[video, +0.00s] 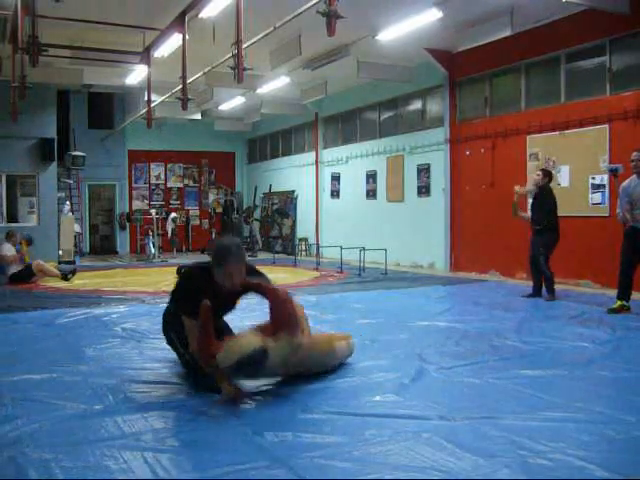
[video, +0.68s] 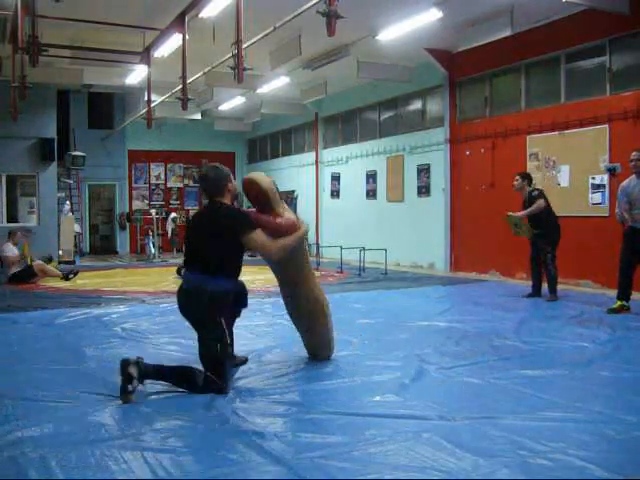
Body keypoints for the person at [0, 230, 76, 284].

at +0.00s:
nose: (17, 240)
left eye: (17, 238)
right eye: (16, 238)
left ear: (12, 238)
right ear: (11, 238)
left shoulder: (13, 248)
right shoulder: (6, 247)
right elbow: (7, 260)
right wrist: (20, 255)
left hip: (20, 274)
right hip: (14, 276)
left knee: (44, 269)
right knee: (38, 264)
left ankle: (64, 274)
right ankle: (62, 276)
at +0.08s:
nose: (18, 240)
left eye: (18, 238)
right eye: (17, 238)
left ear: (9, 237)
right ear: (14, 238)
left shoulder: (6, 246)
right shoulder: (9, 246)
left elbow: (15, 262)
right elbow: (16, 261)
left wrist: (25, 253)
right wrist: (27, 254)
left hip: (18, 275)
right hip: (16, 275)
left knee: (44, 270)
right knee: (38, 265)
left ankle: (63, 274)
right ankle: (62, 276)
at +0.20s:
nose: (19, 240)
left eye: (19, 238)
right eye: (19, 238)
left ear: (9, 237)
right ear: (17, 238)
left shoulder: (4, 247)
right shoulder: (15, 247)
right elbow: (24, 262)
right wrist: (31, 254)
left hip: (11, 277)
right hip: (18, 276)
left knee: (44, 271)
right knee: (39, 266)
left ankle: (64, 274)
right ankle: (63, 276)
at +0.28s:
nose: (22, 240)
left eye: (21, 238)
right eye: (21, 238)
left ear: (11, 237)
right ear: (20, 238)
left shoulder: (3, 246)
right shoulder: (19, 248)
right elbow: (27, 264)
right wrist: (31, 253)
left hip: (10, 278)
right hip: (17, 277)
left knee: (44, 271)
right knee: (40, 266)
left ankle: (64, 275)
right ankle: (63, 276)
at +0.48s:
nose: (20, 240)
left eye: (20, 238)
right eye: (20, 238)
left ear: (10, 237)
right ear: (19, 238)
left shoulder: (3, 246)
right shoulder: (17, 248)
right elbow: (23, 265)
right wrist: (28, 256)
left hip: (9, 277)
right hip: (16, 276)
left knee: (44, 271)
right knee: (42, 266)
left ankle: (64, 274)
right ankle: (63, 275)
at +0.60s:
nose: (18, 240)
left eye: (17, 238)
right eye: (17, 238)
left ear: (10, 237)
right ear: (14, 237)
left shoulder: (9, 246)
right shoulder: (10, 246)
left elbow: (16, 261)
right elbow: (16, 261)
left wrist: (23, 259)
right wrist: (25, 258)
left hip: (16, 275)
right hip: (13, 276)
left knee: (43, 270)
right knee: (40, 265)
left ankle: (64, 275)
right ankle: (63, 275)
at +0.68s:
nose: (20, 239)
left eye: (20, 237)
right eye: (18, 237)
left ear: (14, 237)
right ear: (12, 237)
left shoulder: (14, 247)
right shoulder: (7, 247)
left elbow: (15, 260)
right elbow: (8, 261)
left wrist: (23, 257)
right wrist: (20, 256)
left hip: (19, 274)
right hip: (13, 276)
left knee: (44, 271)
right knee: (39, 264)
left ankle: (65, 275)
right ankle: (63, 275)